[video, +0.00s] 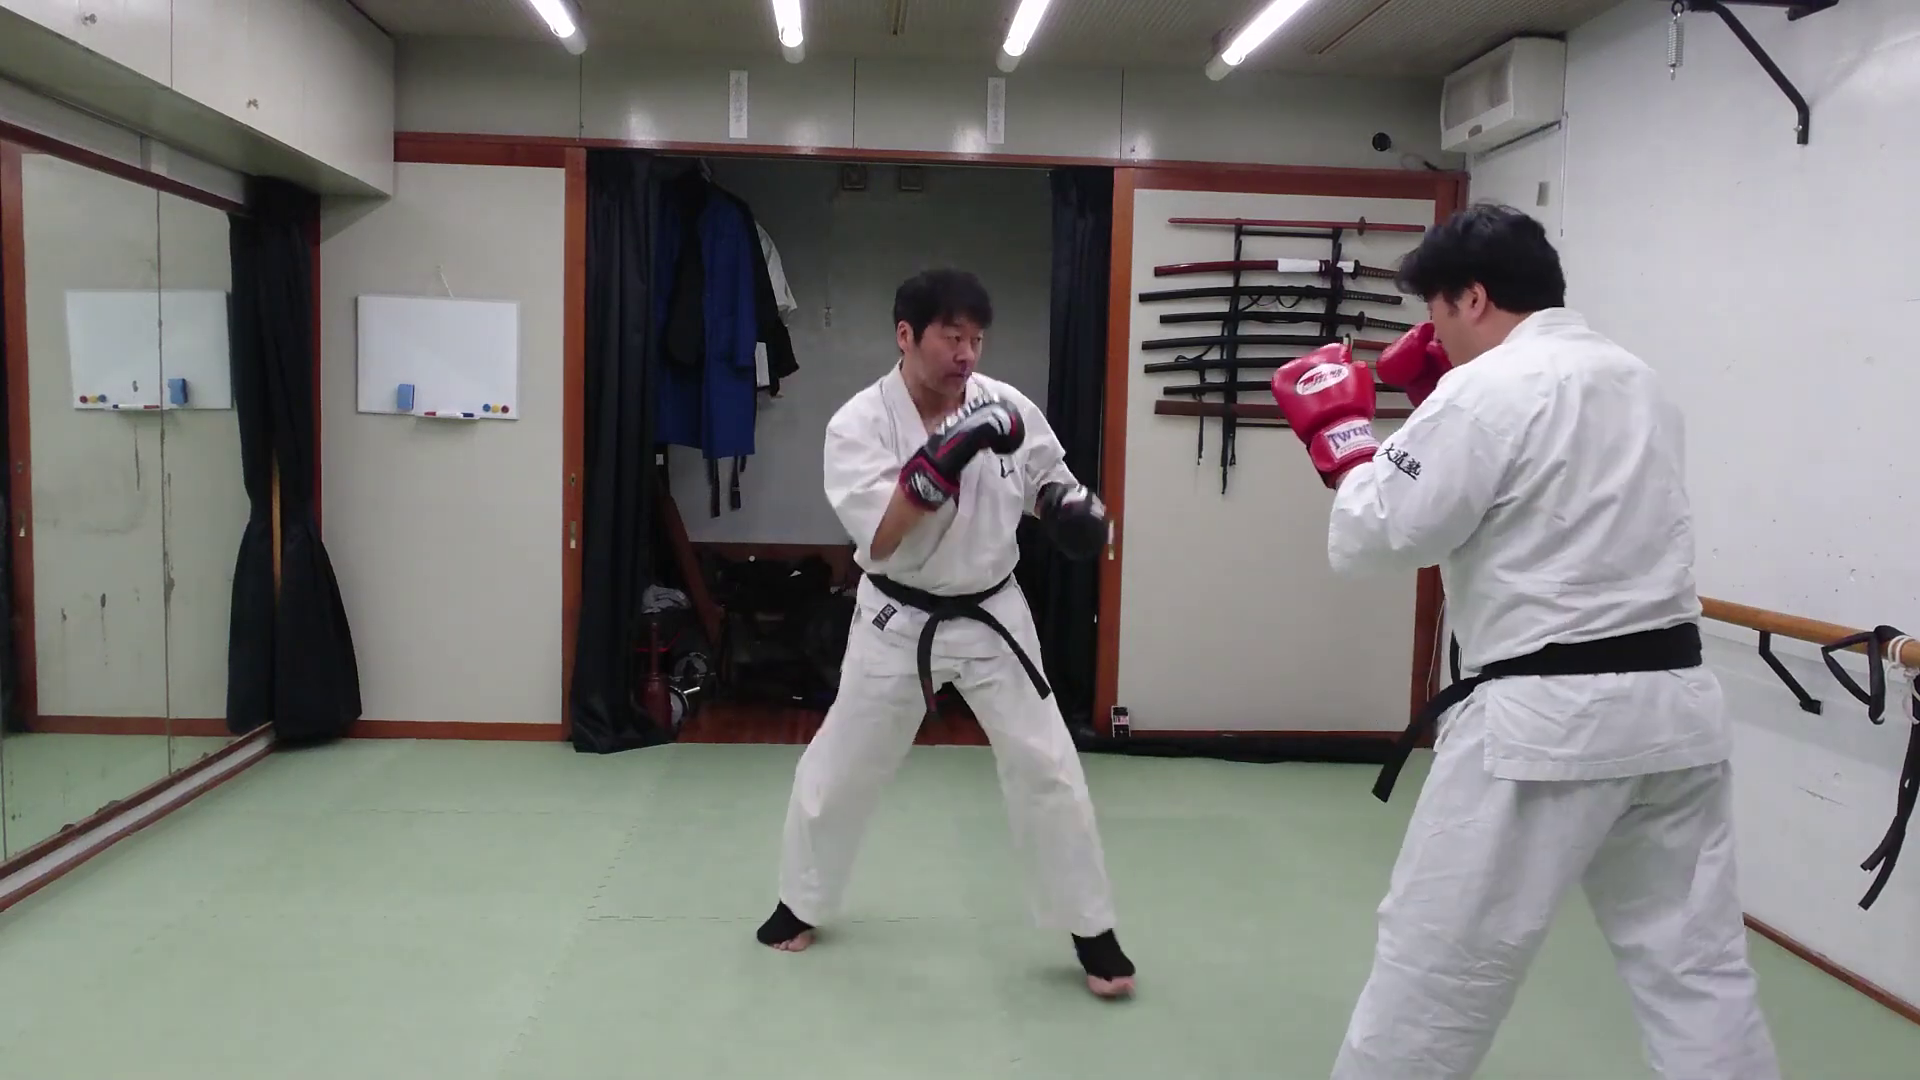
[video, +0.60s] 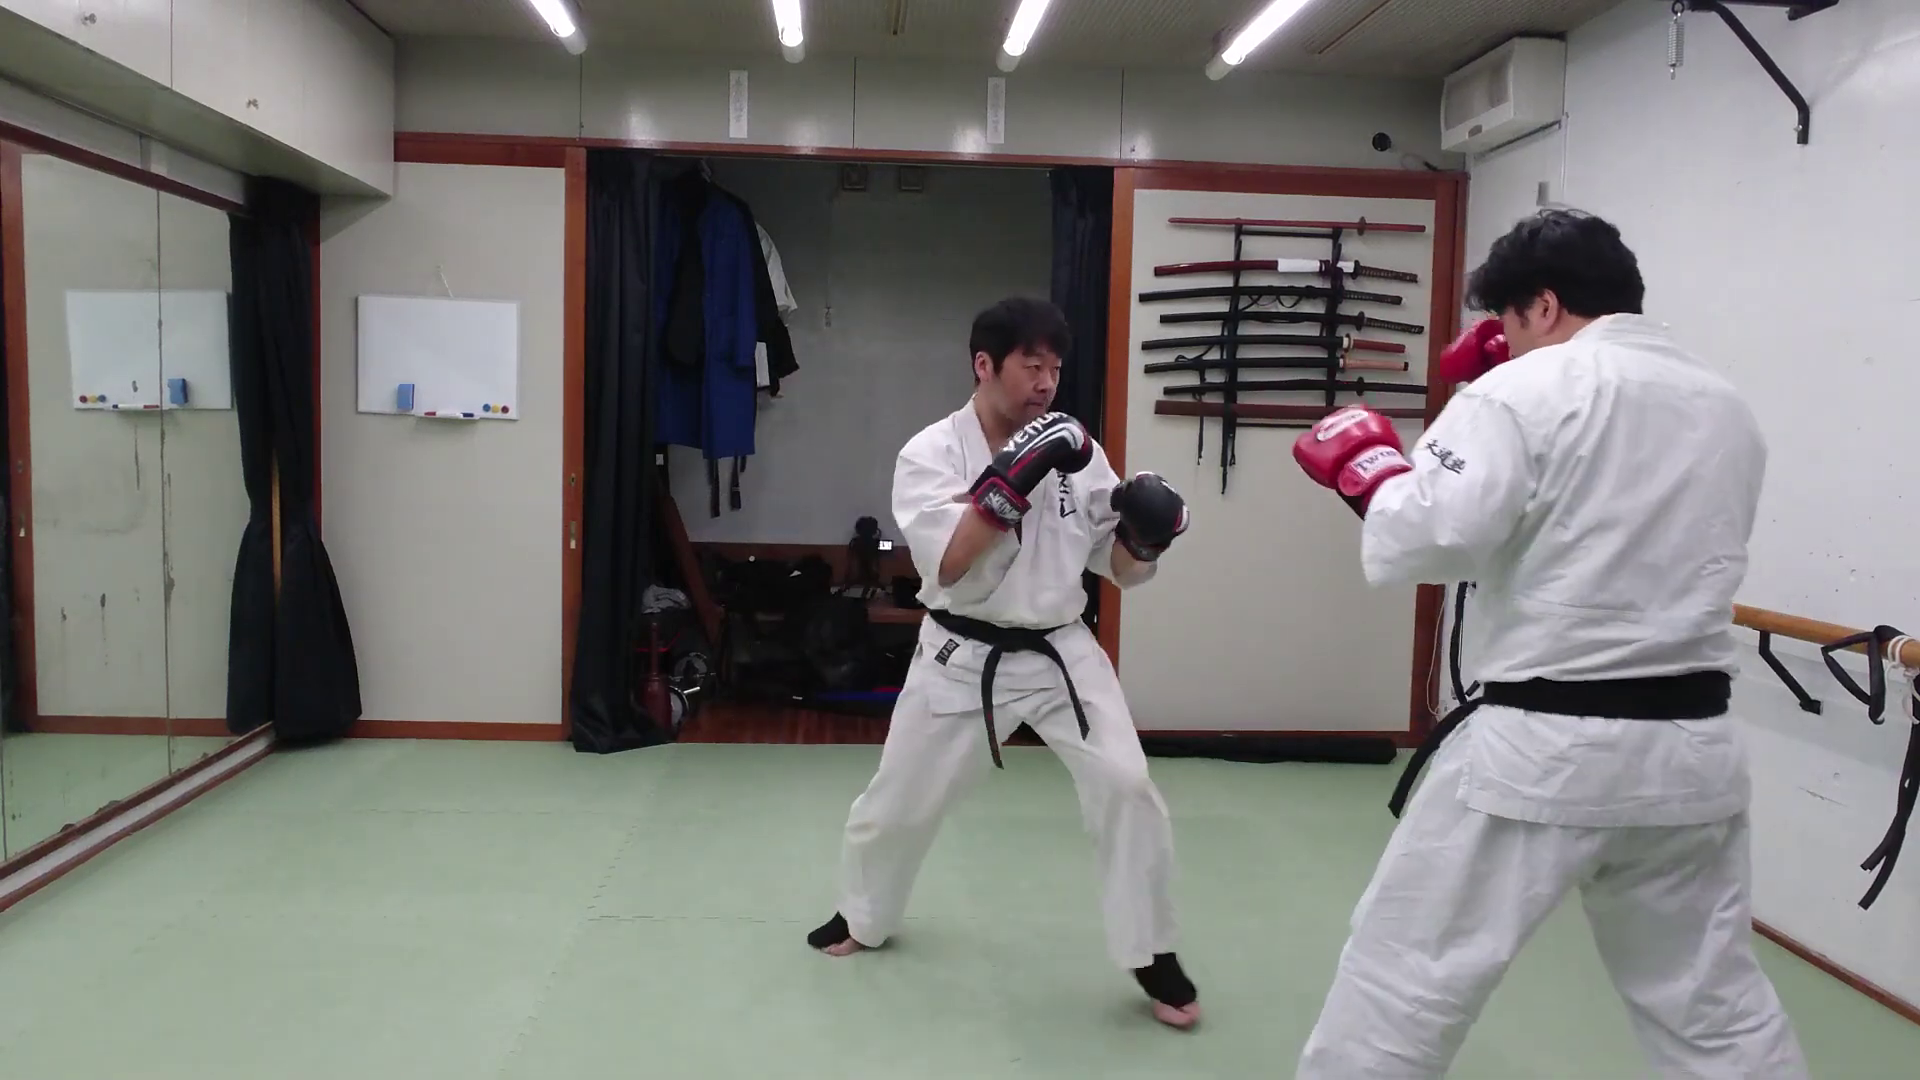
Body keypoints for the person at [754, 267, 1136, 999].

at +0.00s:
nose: (967, 354)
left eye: (976, 340)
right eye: (952, 339)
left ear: (985, 342)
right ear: (906, 337)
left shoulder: (1006, 407)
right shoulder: (857, 425)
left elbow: (1058, 485)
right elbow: (880, 537)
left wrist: (1082, 519)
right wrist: (938, 462)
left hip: (994, 612)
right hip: (892, 615)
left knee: (1048, 766)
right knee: (834, 771)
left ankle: (1094, 931)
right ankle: (802, 903)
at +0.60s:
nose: (1046, 381)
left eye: (1054, 365)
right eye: (1030, 363)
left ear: (1061, 371)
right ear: (984, 366)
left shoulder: (1078, 452)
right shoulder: (929, 454)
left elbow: (1119, 567)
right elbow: (947, 563)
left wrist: (1147, 538)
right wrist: (1010, 480)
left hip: (1062, 647)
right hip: (955, 649)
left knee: (1128, 786)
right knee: (891, 806)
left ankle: (1154, 956)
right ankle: (864, 914)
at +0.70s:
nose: (1065, 376)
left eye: (1073, 360)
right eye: (1047, 361)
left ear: (1083, 365)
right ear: (1004, 363)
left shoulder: (1111, 444)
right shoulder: (948, 455)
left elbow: (1203, 526)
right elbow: (908, 567)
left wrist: (1178, 509)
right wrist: (955, 509)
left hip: (1088, 652)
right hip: (981, 651)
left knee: (1137, 812)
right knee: (905, 801)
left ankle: (1225, 977)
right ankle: (866, 915)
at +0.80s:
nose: (1100, 355)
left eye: (1112, 341)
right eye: (1083, 340)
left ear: (1125, 347)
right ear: (1044, 345)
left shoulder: (1158, 420)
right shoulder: (995, 433)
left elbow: (1263, 439)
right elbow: (926, 541)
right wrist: (956, 485)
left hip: (1118, 642)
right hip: (1020, 635)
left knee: (1169, 819)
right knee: (948, 768)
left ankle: (1246, 979)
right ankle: (882, 893)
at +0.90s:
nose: (1148, 346)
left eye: (1159, 331)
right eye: (1130, 332)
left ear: (1174, 337)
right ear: (1093, 340)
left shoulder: (1202, 415)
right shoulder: (1053, 426)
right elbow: (1004, 539)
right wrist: (1036, 480)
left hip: (1148, 637)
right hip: (1053, 624)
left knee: (1182, 809)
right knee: (1000, 759)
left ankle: (1244, 978)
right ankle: (958, 880)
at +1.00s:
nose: (1189, 337)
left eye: (1200, 321)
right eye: (1170, 321)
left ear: (1212, 328)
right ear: (1132, 328)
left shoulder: (1240, 409)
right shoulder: (1082, 415)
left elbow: (1338, 493)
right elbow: (1036, 526)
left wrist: (1329, 437)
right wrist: (1084, 468)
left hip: (1182, 630)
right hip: (1088, 620)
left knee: (1202, 804)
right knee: (1045, 756)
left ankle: (1249, 980)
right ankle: (1035, 862)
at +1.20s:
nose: (1221, 354)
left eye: (1233, 339)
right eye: (1205, 338)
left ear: (1246, 345)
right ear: (1169, 340)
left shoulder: (1272, 423)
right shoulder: (1127, 415)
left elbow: (1343, 500)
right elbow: (1062, 508)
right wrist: (1106, 440)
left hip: (1222, 634)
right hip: (1134, 627)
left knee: (1221, 800)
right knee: (1122, 761)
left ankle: (1253, 985)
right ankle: (1152, 854)